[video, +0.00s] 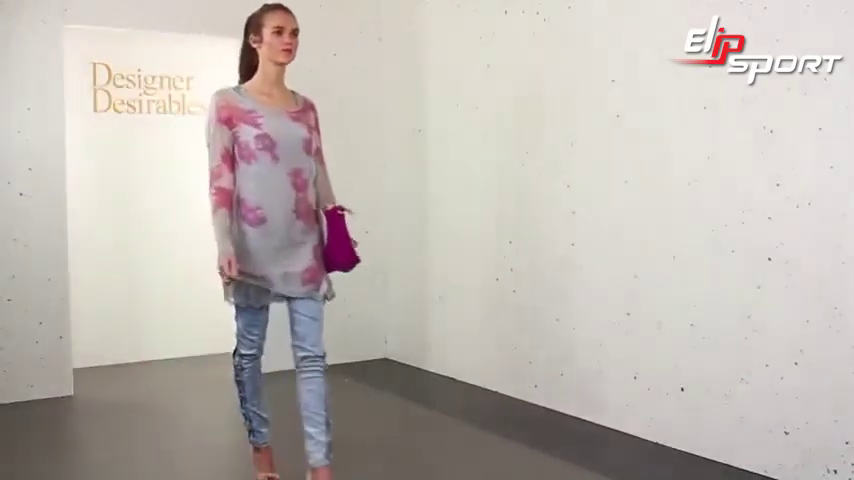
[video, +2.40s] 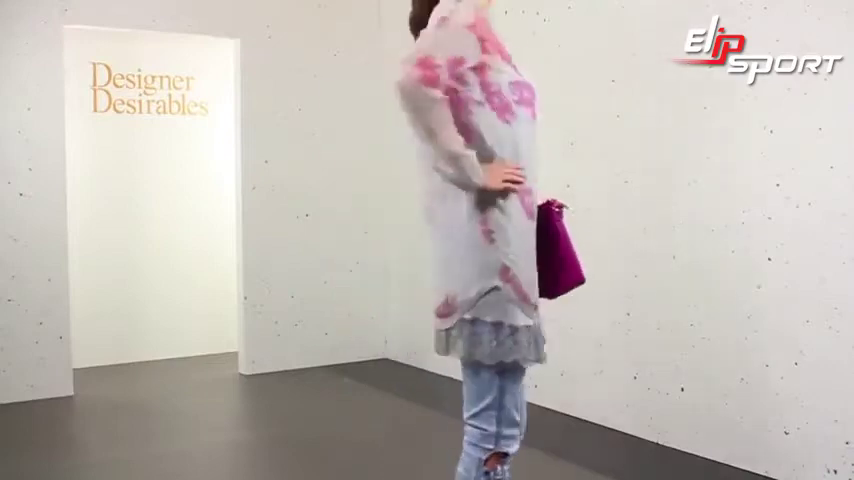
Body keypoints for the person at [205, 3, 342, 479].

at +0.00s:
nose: (289, 41)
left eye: (293, 34)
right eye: (279, 33)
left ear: (297, 42)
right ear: (256, 39)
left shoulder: (305, 107)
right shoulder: (227, 103)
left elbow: (319, 177)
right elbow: (220, 181)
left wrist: (335, 236)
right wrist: (224, 244)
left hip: (305, 245)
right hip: (251, 246)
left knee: (311, 355)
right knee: (249, 352)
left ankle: (320, 465)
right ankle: (260, 444)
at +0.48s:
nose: (335, 13)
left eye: (340, 5)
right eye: (323, 5)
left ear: (347, 15)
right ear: (299, 18)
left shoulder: (360, 93)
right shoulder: (274, 88)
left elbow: (373, 169)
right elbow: (259, 173)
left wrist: (390, 231)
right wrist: (252, 251)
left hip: (351, 241)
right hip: (295, 239)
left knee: (344, 367)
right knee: (331, 365)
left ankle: (329, 470)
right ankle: (320, 471)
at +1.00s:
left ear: (399, 4)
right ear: (352, 1)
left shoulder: (420, 83)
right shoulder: (324, 79)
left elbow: (435, 173)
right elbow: (310, 178)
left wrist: (453, 251)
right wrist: (302, 268)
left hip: (409, 257)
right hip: (344, 256)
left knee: (408, 397)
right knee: (360, 393)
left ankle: (382, 468)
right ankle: (367, 476)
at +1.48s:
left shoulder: (479, 76)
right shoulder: (372, 63)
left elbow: (496, 176)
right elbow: (357, 176)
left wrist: (521, 257)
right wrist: (345, 278)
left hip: (474, 273)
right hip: (397, 271)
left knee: (480, 421)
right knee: (394, 414)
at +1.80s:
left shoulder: (513, 67)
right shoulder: (402, 51)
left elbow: (531, 175)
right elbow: (376, 163)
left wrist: (560, 262)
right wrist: (356, 263)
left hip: (504, 266)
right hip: (432, 261)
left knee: (494, 429)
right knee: (477, 423)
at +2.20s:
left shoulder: (484, 40)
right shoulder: (438, 25)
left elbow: (493, 142)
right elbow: (350, 97)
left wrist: (535, 201)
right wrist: (399, 200)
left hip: (508, 261)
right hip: (472, 262)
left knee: (511, 436)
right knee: (483, 440)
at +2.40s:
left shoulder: (480, 31)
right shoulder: (458, 18)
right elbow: (417, 83)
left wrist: (528, 195)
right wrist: (473, 170)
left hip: (504, 236)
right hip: (481, 234)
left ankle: (495, 462)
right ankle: (483, 462)